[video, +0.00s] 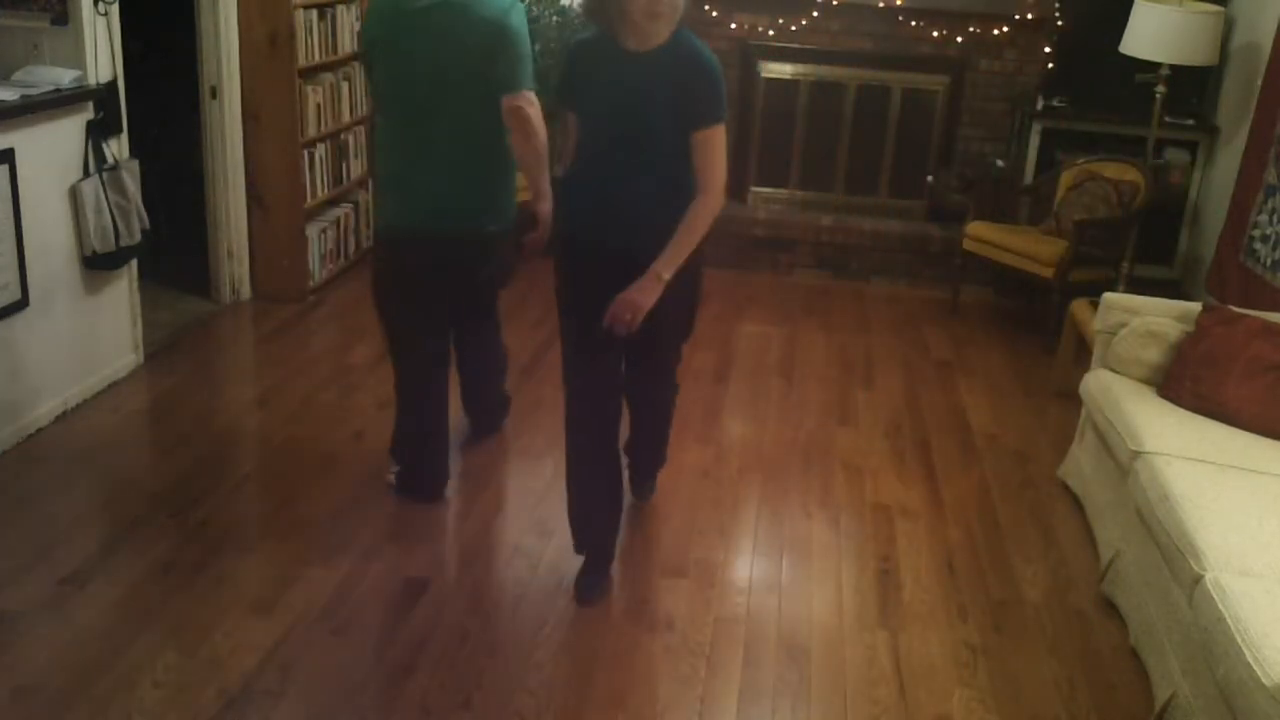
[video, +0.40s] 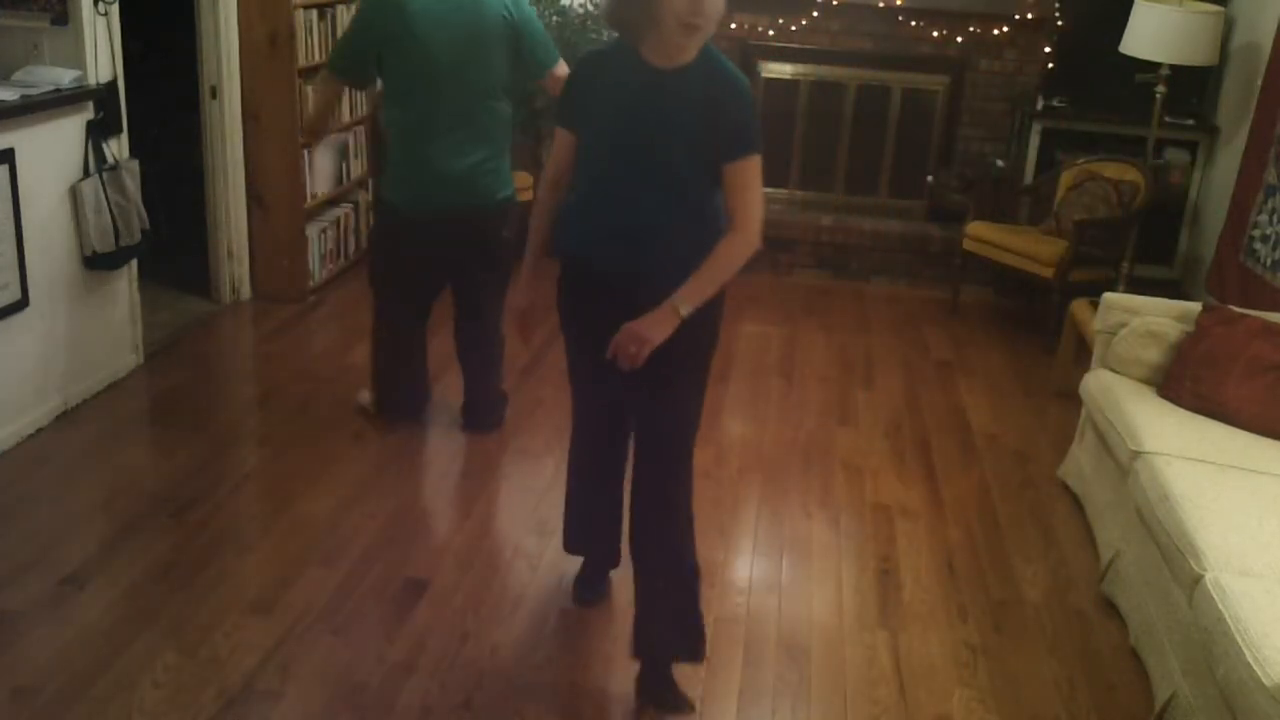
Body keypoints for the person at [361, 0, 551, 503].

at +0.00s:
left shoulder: (382, 11)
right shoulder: (501, 13)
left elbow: (379, 95)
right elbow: (517, 107)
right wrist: (542, 193)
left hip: (403, 215)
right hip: (481, 211)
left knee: (416, 348)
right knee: (477, 310)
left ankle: (422, 473)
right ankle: (486, 410)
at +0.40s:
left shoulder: (384, 8)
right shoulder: (508, 7)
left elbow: (331, 83)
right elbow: (561, 82)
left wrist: (312, 131)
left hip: (411, 195)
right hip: (487, 192)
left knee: (400, 308)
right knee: (482, 308)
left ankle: (399, 402)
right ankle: (484, 408)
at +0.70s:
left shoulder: (341, 9)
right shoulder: (451, 4)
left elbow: (288, 77)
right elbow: (501, 51)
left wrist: (244, 142)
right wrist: (508, 83)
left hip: (368, 179)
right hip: (438, 174)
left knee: (370, 289)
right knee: (450, 290)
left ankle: (366, 380)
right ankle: (484, 400)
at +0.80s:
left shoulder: (328, 7)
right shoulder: (430, 3)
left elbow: (285, 77)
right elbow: (470, 54)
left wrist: (244, 147)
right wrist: (462, 93)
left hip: (355, 172)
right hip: (420, 167)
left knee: (356, 283)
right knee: (425, 274)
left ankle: (366, 378)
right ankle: (467, 371)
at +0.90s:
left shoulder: (323, 6)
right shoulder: (414, 4)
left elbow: (292, 75)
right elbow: (431, 56)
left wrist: (258, 151)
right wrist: (421, 110)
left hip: (345, 161)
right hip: (404, 156)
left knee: (341, 271)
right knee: (394, 264)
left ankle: (364, 375)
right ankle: (431, 357)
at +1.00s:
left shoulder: (322, 5)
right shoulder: (393, 5)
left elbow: (304, 77)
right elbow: (403, 59)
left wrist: (279, 155)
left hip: (340, 159)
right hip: (385, 152)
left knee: (336, 270)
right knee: (367, 265)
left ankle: (359, 376)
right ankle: (378, 367)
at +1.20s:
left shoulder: (325, 8)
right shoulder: (313, 10)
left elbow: (340, 78)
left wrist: (335, 162)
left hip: (330, 167)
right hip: (306, 164)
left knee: (342, 268)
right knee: (299, 260)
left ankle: (366, 369)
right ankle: (300, 353)